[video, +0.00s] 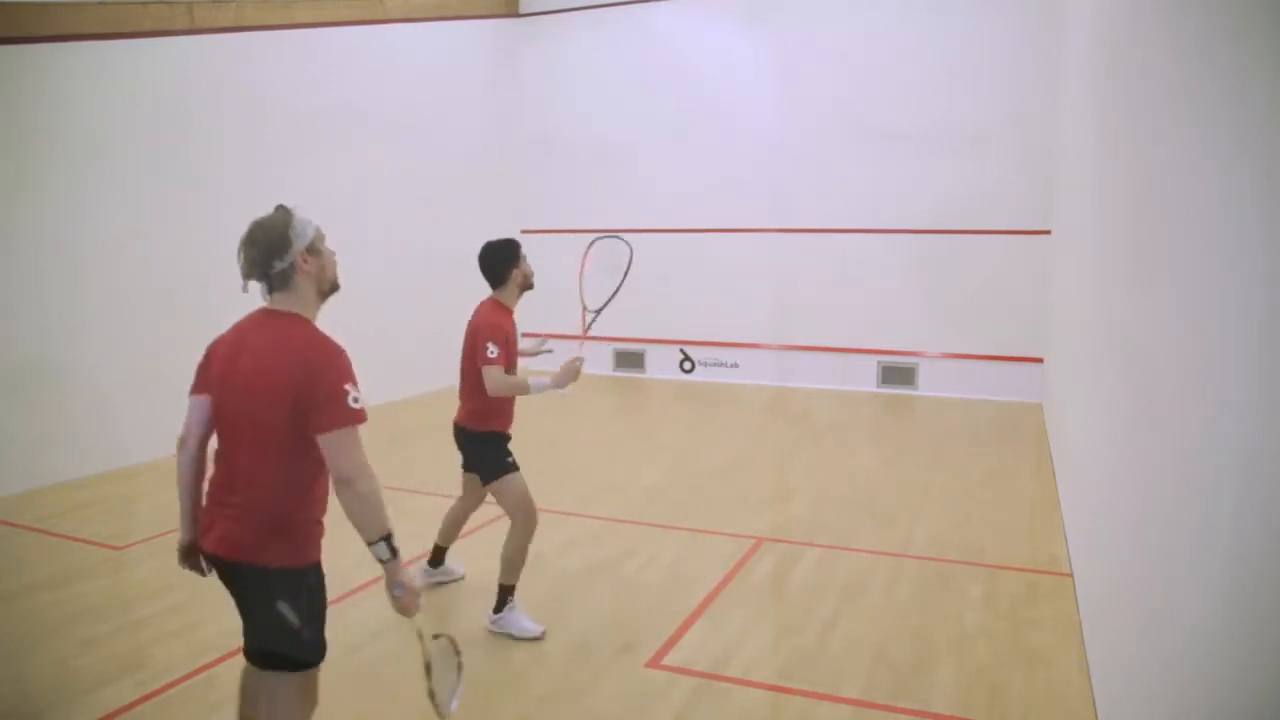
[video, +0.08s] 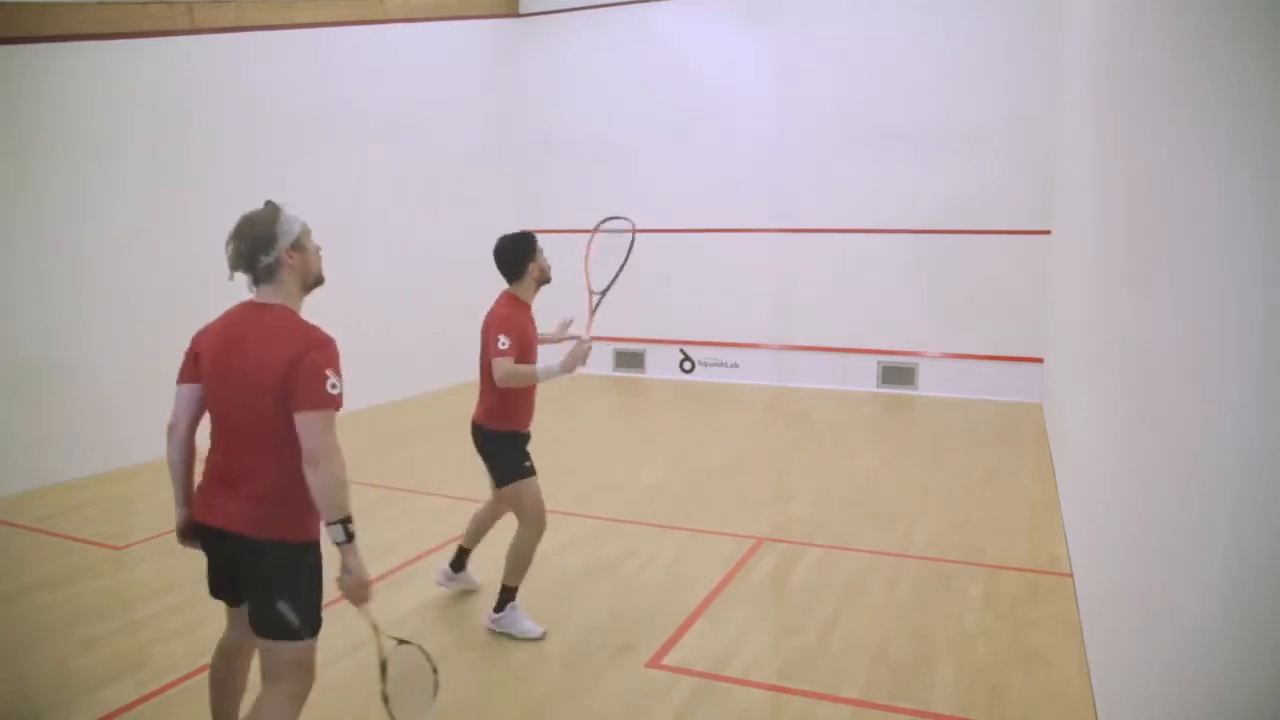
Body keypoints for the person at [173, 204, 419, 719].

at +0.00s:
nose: (335, 256)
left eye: (327, 245)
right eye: (325, 247)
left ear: (275, 269)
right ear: (303, 262)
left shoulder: (227, 344)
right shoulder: (318, 355)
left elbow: (191, 441)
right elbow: (350, 476)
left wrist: (189, 528)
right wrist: (392, 562)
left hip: (225, 540)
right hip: (279, 551)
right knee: (291, 696)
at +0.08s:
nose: (320, 250)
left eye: (314, 240)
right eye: (311, 242)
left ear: (260, 262)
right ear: (289, 257)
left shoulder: (211, 336)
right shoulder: (309, 344)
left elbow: (179, 430)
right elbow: (319, 454)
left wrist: (185, 506)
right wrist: (347, 543)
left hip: (217, 525)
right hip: (281, 536)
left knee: (239, 632)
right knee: (288, 681)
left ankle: (226, 717)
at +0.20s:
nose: (306, 245)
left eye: (300, 236)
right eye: (297, 239)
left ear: (257, 260)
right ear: (277, 256)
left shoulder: (207, 330)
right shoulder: (302, 335)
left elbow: (188, 430)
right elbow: (292, 438)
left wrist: (209, 494)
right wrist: (295, 527)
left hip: (213, 514)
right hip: (274, 521)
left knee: (231, 621)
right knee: (303, 640)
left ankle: (223, 715)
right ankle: (265, 716)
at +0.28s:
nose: (304, 240)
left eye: (298, 230)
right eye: (295, 233)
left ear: (251, 254)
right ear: (275, 248)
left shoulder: (208, 320)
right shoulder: (303, 322)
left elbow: (204, 414)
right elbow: (289, 416)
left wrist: (235, 466)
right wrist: (285, 507)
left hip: (215, 498)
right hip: (285, 500)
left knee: (224, 616)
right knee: (307, 603)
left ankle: (223, 716)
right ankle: (268, 710)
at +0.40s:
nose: (307, 244)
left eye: (301, 235)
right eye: (298, 237)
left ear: (253, 255)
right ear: (278, 250)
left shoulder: (217, 317)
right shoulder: (299, 321)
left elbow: (221, 402)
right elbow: (293, 412)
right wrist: (299, 494)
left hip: (225, 481)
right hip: (288, 481)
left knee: (232, 606)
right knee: (303, 570)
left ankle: (232, 712)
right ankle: (292, 664)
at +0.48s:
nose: (311, 251)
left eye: (306, 242)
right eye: (303, 244)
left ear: (260, 260)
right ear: (283, 255)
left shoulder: (229, 317)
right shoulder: (303, 324)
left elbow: (234, 386)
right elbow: (300, 413)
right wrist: (316, 487)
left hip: (232, 471)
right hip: (288, 477)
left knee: (240, 590)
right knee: (299, 559)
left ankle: (229, 706)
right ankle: (296, 646)